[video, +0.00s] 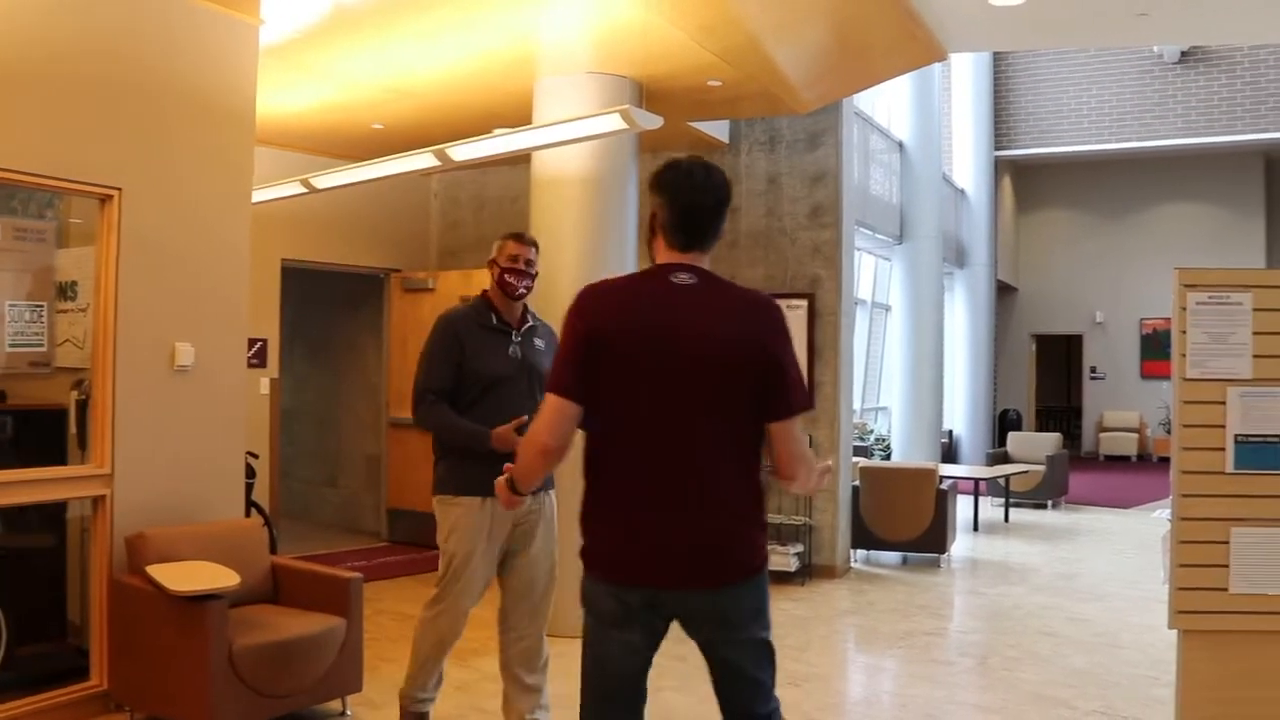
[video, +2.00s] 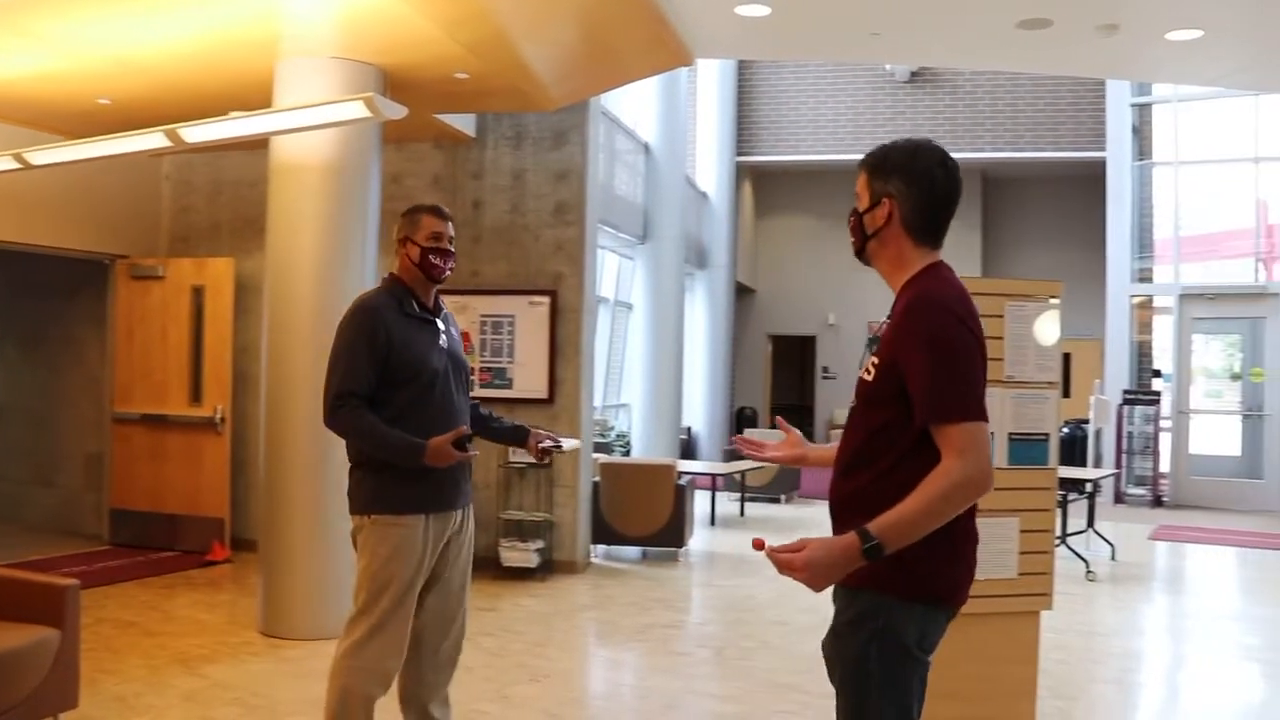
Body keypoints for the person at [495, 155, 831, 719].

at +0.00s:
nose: (648, 220)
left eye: (649, 211)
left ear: (654, 220)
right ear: (722, 227)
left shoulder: (597, 306)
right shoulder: (756, 314)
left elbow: (549, 438)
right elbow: (792, 467)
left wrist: (515, 484)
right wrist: (810, 474)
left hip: (620, 560)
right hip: (725, 564)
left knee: (608, 713)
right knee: (754, 711)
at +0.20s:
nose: (688, 226)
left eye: (691, 216)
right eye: (692, 216)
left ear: (697, 224)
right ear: (760, 231)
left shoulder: (652, 309)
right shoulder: (803, 323)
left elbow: (612, 445)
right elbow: (828, 469)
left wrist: (550, 492)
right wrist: (771, 479)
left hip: (671, 568)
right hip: (770, 571)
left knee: (625, 709)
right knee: (765, 714)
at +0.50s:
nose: (724, 228)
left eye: (728, 216)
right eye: (728, 216)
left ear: (736, 224)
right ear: (797, 233)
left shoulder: (712, 300)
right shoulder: (837, 321)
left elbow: (692, 439)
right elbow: (858, 466)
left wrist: (605, 502)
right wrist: (795, 494)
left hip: (716, 567)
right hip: (806, 571)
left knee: (655, 714)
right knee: (774, 715)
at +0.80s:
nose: (749, 228)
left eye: (753, 214)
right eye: (755, 214)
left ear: (764, 222)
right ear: (824, 232)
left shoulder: (754, 301)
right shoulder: (857, 323)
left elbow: (748, 448)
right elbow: (872, 465)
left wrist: (644, 510)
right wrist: (790, 480)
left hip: (758, 581)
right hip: (828, 579)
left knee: (742, 710)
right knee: (783, 711)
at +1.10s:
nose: (761, 240)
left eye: (769, 226)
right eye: (762, 226)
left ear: (807, 231)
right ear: (820, 231)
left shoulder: (821, 315)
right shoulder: (880, 316)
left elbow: (824, 476)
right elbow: (897, 467)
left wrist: (699, 534)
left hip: (820, 596)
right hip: (852, 590)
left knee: (825, 714)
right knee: (776, 715)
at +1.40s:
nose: (793, 236)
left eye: (804, 219)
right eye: (794, 220)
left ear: (847, 224)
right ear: (847, 224)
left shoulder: (890, 312)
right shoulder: (876, 309)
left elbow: (912, 484)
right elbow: (896, 462)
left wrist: (783, 557)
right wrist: (816, 483)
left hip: (872, 610)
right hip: (842, 599)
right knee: (790, 715)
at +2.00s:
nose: (853, 218)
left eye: (859, 204)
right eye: (855, 204)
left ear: (886, 211)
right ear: (910, 213)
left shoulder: (933, 305)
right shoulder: (919, 299)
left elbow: (970, 470)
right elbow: (901, 445)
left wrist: (853, 548)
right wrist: (808, 454)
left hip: (900, 586)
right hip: (887, 579)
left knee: (874, 709)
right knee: (873, 707)